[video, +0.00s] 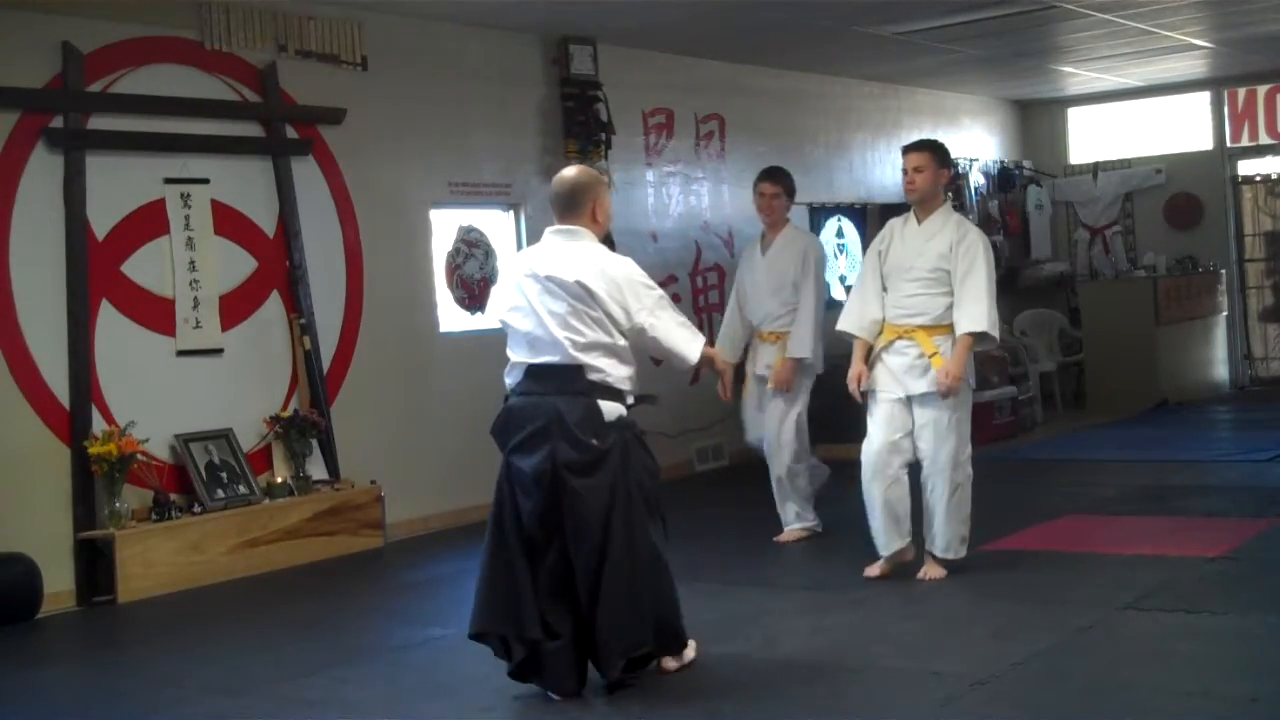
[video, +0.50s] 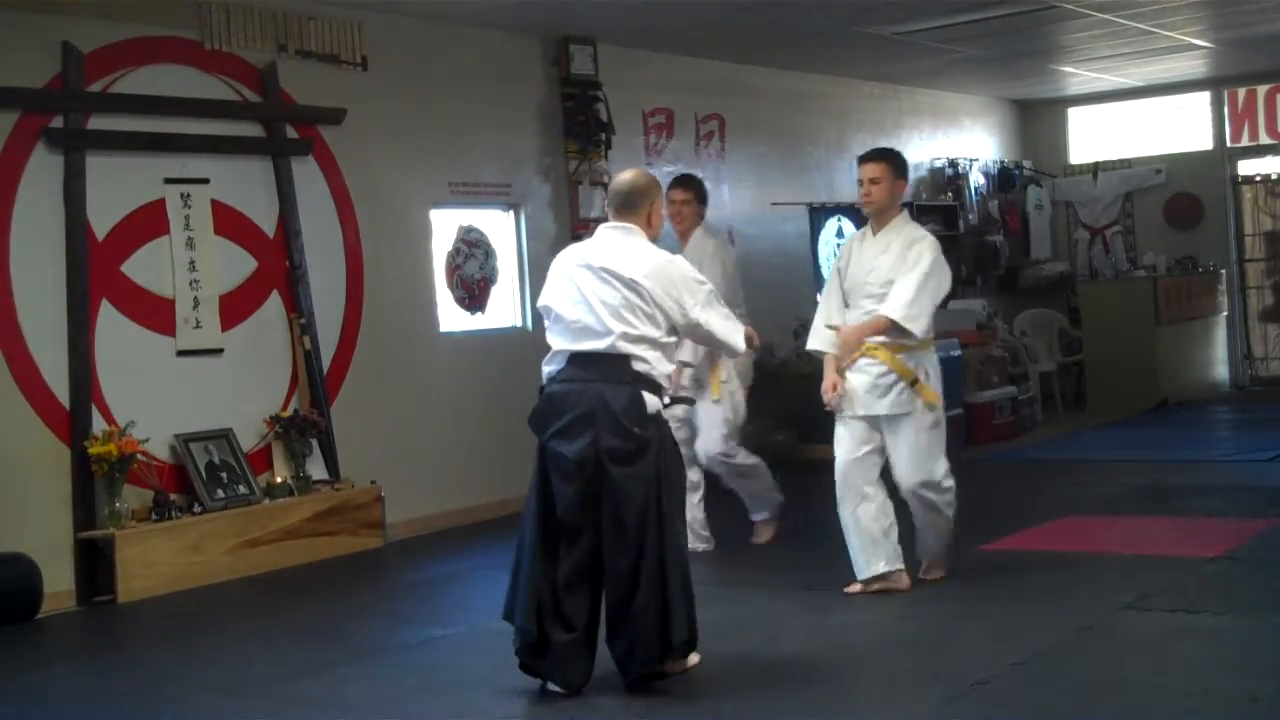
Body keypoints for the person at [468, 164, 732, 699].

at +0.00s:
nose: (611, 211)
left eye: (608, 201)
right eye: (609, 202)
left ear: (555, 210)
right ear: (597, 208)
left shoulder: (519, 266)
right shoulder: (614, 269)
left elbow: (500, 312)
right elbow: (665, 328)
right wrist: (709, 355)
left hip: (525, 415)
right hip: (591, 416)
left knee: (538, 539)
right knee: (630, 531)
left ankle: (554, 665)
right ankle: (667, 646)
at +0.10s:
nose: (620, 213)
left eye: (617, 204)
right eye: (618, 205)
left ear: (564, 210)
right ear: (609, 210)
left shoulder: (524, 266)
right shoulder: (624, 270)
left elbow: (505, 314)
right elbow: (681, 331)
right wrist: (715, 354)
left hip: (532, 417)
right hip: (600, 417)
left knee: (546, 542)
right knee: (636, 536)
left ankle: (555, 664)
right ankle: (663, 651)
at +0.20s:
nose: (633, 215)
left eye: (630, 207)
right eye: (632, 208)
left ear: (577, 210)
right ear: (622, 211)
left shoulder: (539, 263)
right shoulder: (636, 268)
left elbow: (537, 322)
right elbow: (684, 321)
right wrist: (723, 352)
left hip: (541, 412)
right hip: (608, 414)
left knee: (551, 539)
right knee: (640, 535)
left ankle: (557, 664)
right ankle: (662, 649)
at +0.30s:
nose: (646, 216)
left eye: (644, 207)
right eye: (645, 209)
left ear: (590, 210)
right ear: (635, 212)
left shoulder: (551, 261)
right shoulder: (648, 269)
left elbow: (539, 322)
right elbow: (714, 338)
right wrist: (736, 349)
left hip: (550, 406)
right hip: (616, 409)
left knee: (554, 537)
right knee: (641, 533)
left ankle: (558, 666)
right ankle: (654, 653)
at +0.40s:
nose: (658, 217)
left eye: (657, 209)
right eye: (658, 210)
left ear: (601, 210)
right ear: (647, 213)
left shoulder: (560, 260)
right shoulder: (659, 268)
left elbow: (557, 327)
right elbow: (718, 332)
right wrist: (739, 339)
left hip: (557, 399)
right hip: (623, 402)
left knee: (559, 533)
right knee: (644, 531)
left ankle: (559, 666)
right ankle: (653, 654)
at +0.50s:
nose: (666, 216)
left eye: (666, 208)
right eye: (665, 209)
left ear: (608, 209)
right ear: (654, 212)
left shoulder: (565, 260)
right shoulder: (665, 267)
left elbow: (555, 321)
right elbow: (720, 327)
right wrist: (743, 336)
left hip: (563, 396)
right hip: (627, 397)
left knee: (564, 533)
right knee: (645, 530)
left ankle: (561, 668)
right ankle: (657, 653)